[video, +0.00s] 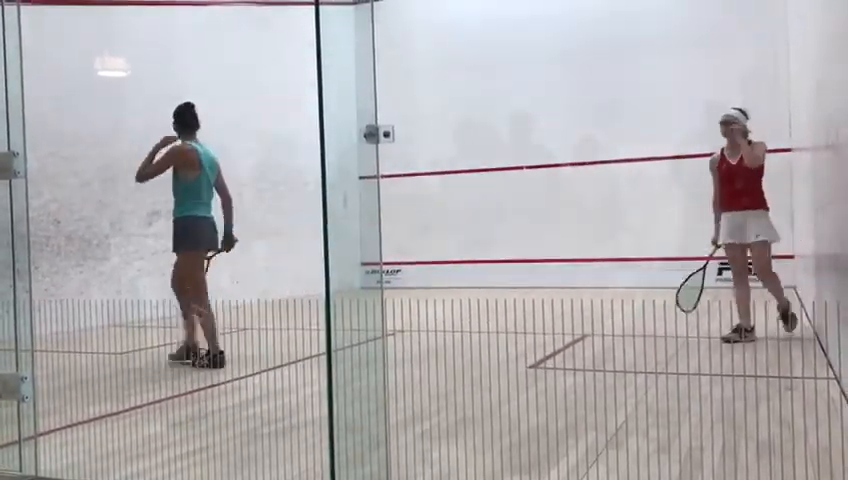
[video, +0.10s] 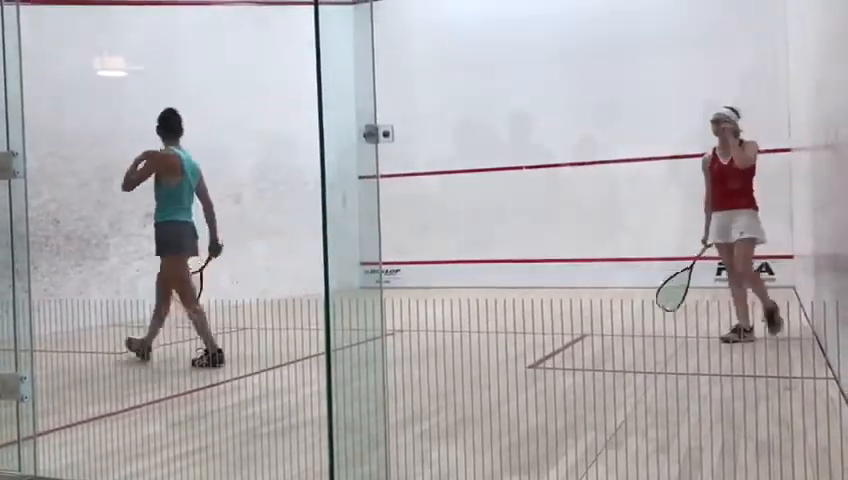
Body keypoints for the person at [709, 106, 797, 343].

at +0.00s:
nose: (726, 128)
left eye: (731, 124)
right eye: (724, 124)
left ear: (743, 127)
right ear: (721, 129)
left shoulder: (757, 147)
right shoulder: (717, 159)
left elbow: (753, 162)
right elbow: (717, 197)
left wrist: (740, 138)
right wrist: (716, 231)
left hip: (756, 217)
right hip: (730, 219)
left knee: (763, 271)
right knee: (739, 275)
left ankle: (784, 306)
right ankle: (745, 325)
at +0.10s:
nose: (721, 127)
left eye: (726, 123)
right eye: (717, 123)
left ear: (736, 126)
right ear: (712, 128)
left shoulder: (749, 147)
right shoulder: (709, 158)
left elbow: (743, 162)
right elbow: (709, 196)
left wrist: (730, 136)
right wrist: (707, 230)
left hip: (745, 215)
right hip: (719, 217)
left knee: (744, 269)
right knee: (733, 273)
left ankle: (769, 306)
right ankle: (744, 325)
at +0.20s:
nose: (710, 127)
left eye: (715, 122)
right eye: (707, 124)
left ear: (727, 125)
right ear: (704, 129)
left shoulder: (740, 146)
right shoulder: (700, 158)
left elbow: (731, 163)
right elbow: (700, 194)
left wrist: (718, 140)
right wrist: (695, 228)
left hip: (733, 213)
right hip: (709, 215)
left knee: (725, 264)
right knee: (724, 270)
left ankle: (744, 322)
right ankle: (740, 322)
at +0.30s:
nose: (695, 128)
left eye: (700, 124)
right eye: (694, 124)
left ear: (714, 127)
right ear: (695, 129)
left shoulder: (729, 147)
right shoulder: (692, 158)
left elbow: (718, 165)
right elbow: (690, 195)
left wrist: (703, 146)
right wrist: (683, 228)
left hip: (722, 215)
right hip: (700, 217)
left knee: (714, 271)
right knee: (719, 272)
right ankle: (742, 324)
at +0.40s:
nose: (686, 127)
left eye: (691, 123)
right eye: (684, 123)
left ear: (704, 126)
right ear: (682, 128)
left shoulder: (716, 147)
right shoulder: (681, 159)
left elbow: (711, 170)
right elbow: (680, 196)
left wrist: (687, 151)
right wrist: (670, 228)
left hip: (709, 217)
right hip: (689, 219)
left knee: (698, 273)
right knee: (712, 274)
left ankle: (687, 329)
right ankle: (739, 323)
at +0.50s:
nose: (673, 127)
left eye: (678, 122)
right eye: (671, 123)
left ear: (691, 124)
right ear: (670, 127)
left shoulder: (701, 146)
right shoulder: (672, 156)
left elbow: (703, 176)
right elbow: (672, 196)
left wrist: (669, 174)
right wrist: (658, 224)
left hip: (694, 216)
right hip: (678, 217)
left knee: (682, 271)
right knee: (692, 276)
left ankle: (682, 330)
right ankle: (731, 316)